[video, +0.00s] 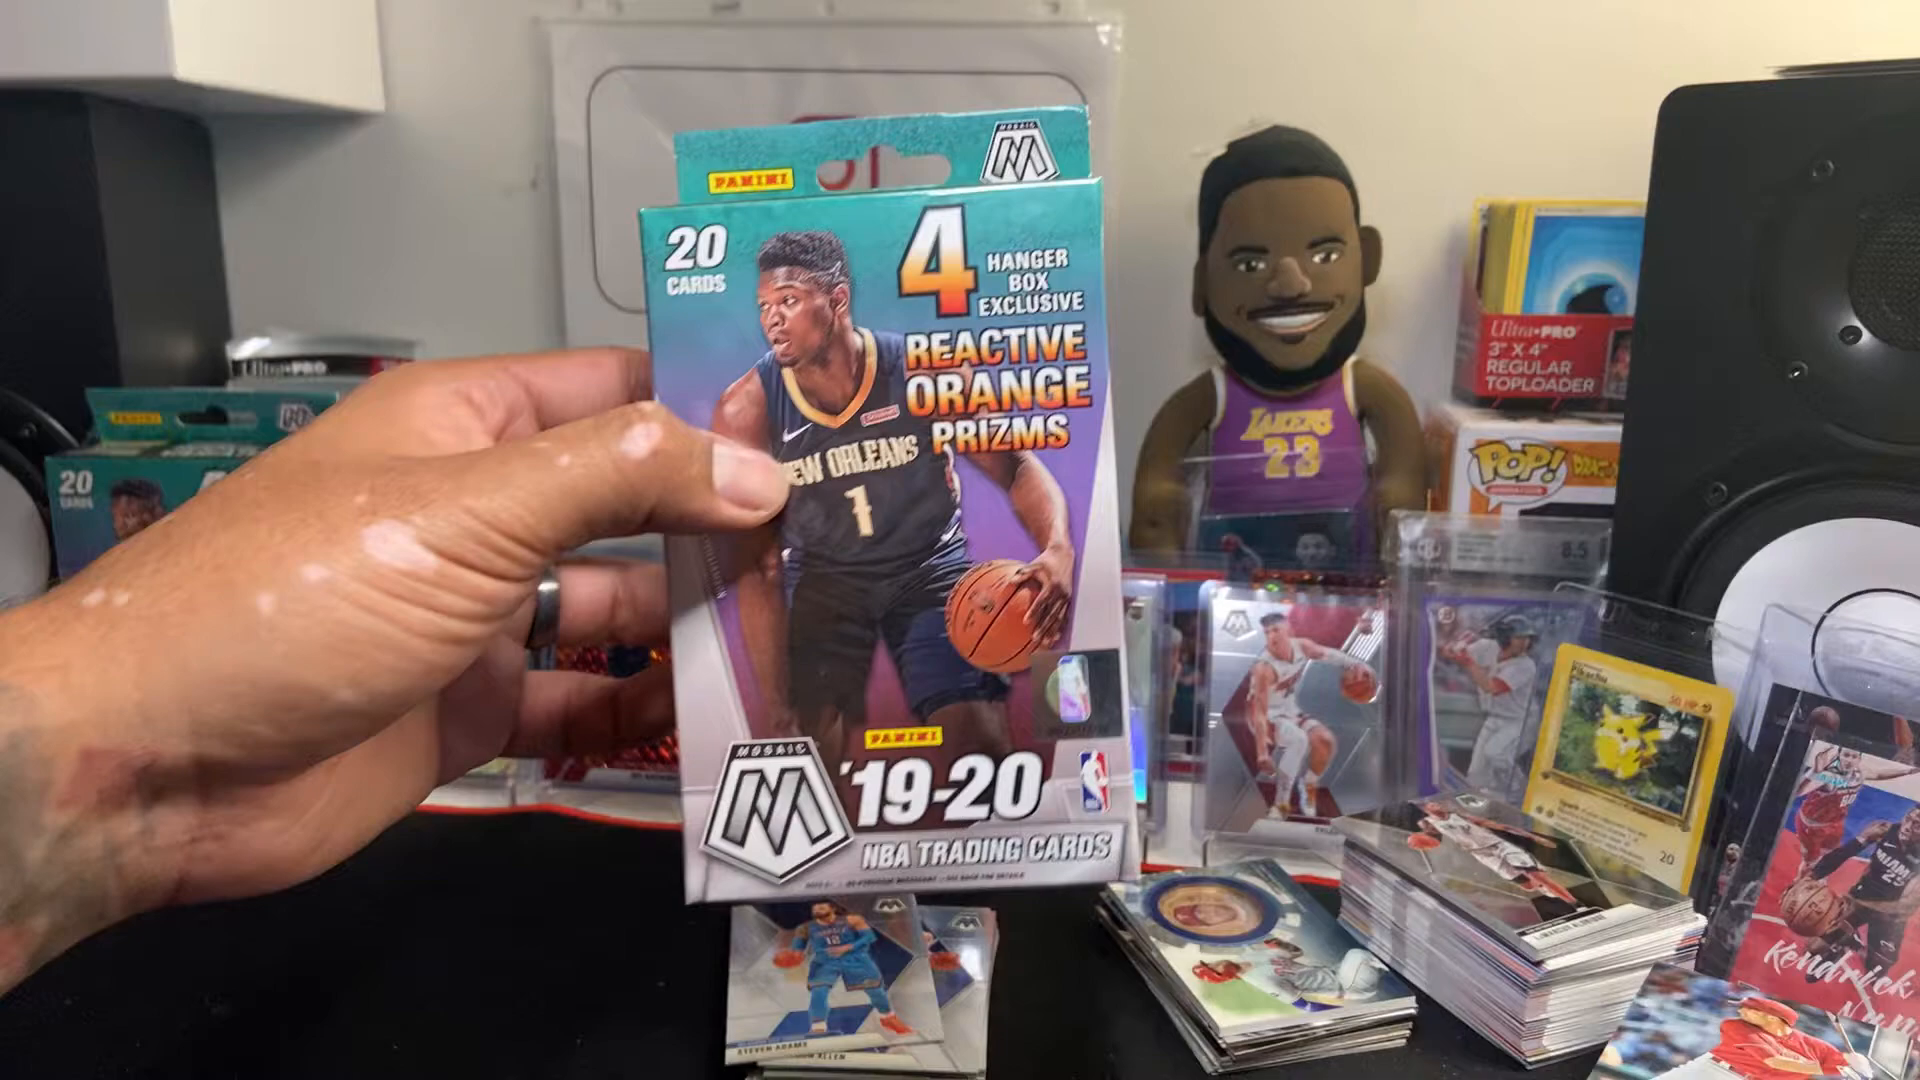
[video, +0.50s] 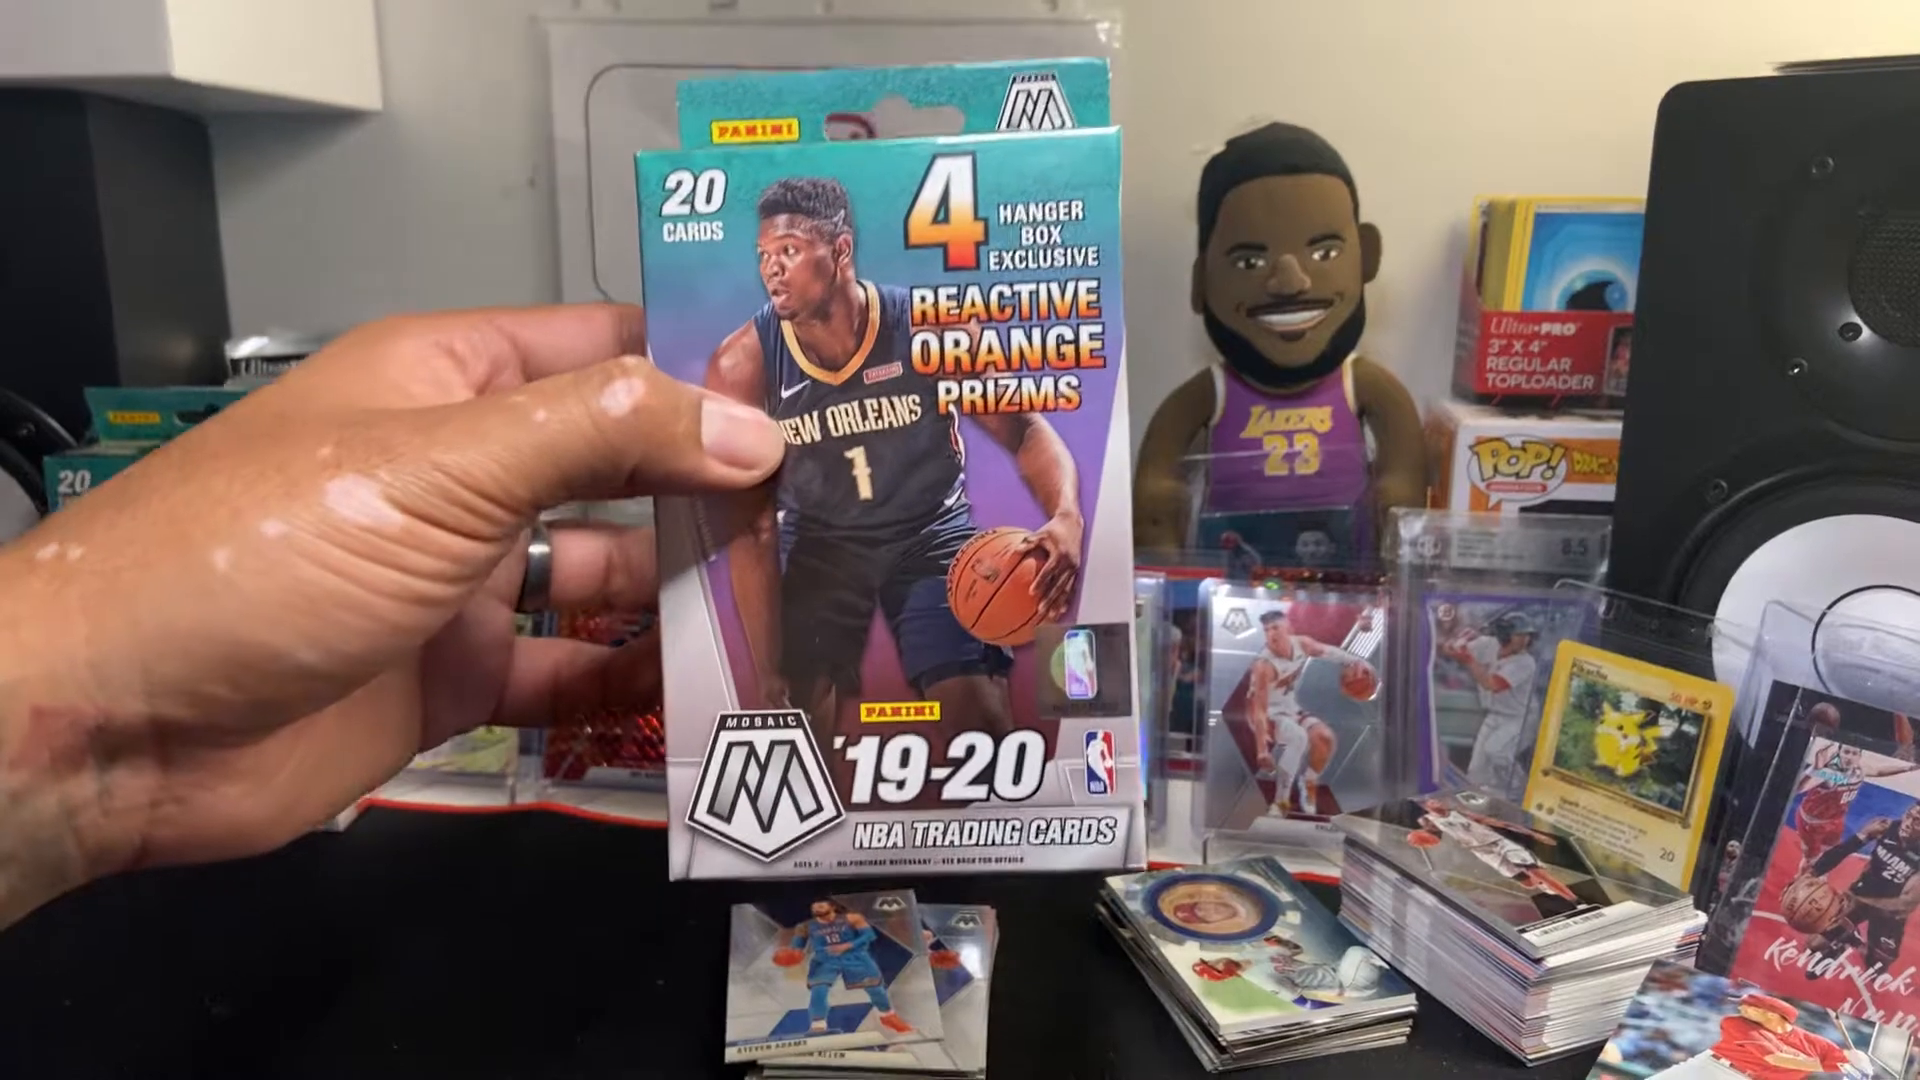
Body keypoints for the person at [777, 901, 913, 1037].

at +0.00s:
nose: (824, 920)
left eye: (826, 916)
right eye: (819, 917)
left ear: (834, 910)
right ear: (814, 917)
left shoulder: (852, 920)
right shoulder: (809, 928)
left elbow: (869, 937)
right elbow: (799, 941)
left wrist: (847, 947)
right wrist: (796, 954)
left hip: (855, 959)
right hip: (825, 963)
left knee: (875, 987)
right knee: (818, 991)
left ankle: (888, 1017)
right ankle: (818, 1031)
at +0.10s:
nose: (824, 920)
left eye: (826, 916)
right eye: (819, 917)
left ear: (834, 910)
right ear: (814, 917)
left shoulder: (852, 920)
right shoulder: (809, 928)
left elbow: (869, 937)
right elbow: (799, 941)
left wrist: (847, 947)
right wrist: (796, 954)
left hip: (855, 959)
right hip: (825, 962)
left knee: (875, 987)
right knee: (818, 991)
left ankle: (888, 1017)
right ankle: (818, 1031)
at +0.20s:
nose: (823, 916)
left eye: (825, 910)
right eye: (818, 913)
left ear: (834, 908)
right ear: (813, 913)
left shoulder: (852, 920)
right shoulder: (808, 928)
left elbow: (869, 936)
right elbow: (798, 944)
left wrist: (847, 948)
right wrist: (794, 955)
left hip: (856, 959)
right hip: (826, 963)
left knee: (875, 988)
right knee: (819, 991)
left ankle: (888, 1017)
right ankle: (818, 1031)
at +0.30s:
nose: (824, 916)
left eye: (826, 912)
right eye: (819, 913)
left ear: (834, 907)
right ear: (814, 913)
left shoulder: (852, 916)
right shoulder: (808, 924)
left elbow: (869, 932)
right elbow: (798, 940)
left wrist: (847, 943)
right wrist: (793, 951)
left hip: (855, 956)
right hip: (826, 959)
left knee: (875, 985)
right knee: (818, 988)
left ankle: (888, 1014)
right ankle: (817, 1026)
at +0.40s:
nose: (821, 914)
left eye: (824, 910)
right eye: (817, 911)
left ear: (833, 908)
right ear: (813, 913)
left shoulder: (853, 920)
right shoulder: (809, 928)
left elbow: (870, 936)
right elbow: (799, 944)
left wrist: (848, 947)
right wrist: (795, 954)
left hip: (856, 959)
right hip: (826, 963)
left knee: (876, 988)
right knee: (819, 992)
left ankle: (889, 1017)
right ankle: (818, 1031)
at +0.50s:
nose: (822, 919)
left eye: (825, 914)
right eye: (818, 916)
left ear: (833, 909)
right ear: (813, 913)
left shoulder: (852, 918)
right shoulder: (808, 926)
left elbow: (869, 935)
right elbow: (798, 944)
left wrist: (847, 946)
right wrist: (793, 954)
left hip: (855, 958)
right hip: (826, 961)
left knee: (875, 986)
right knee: (818, 991)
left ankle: (888, 1016)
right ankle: (818, 1028)